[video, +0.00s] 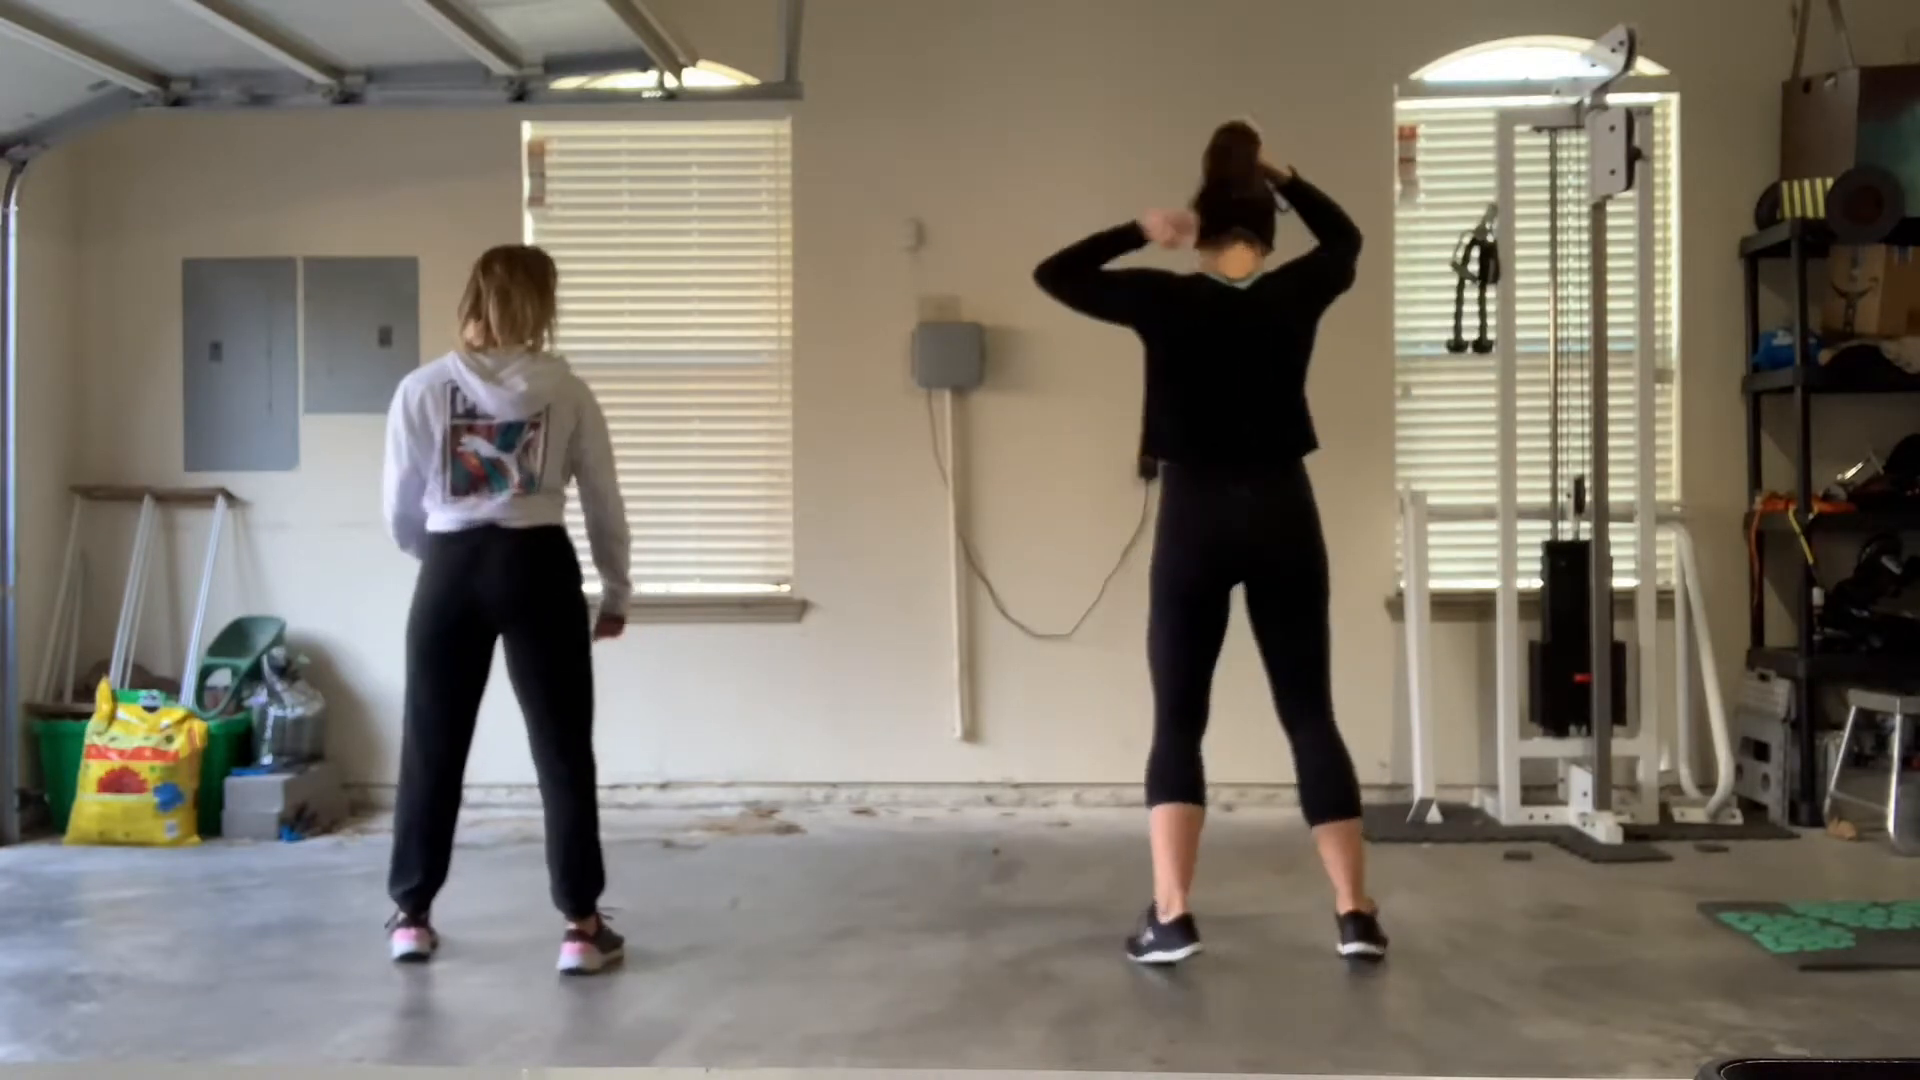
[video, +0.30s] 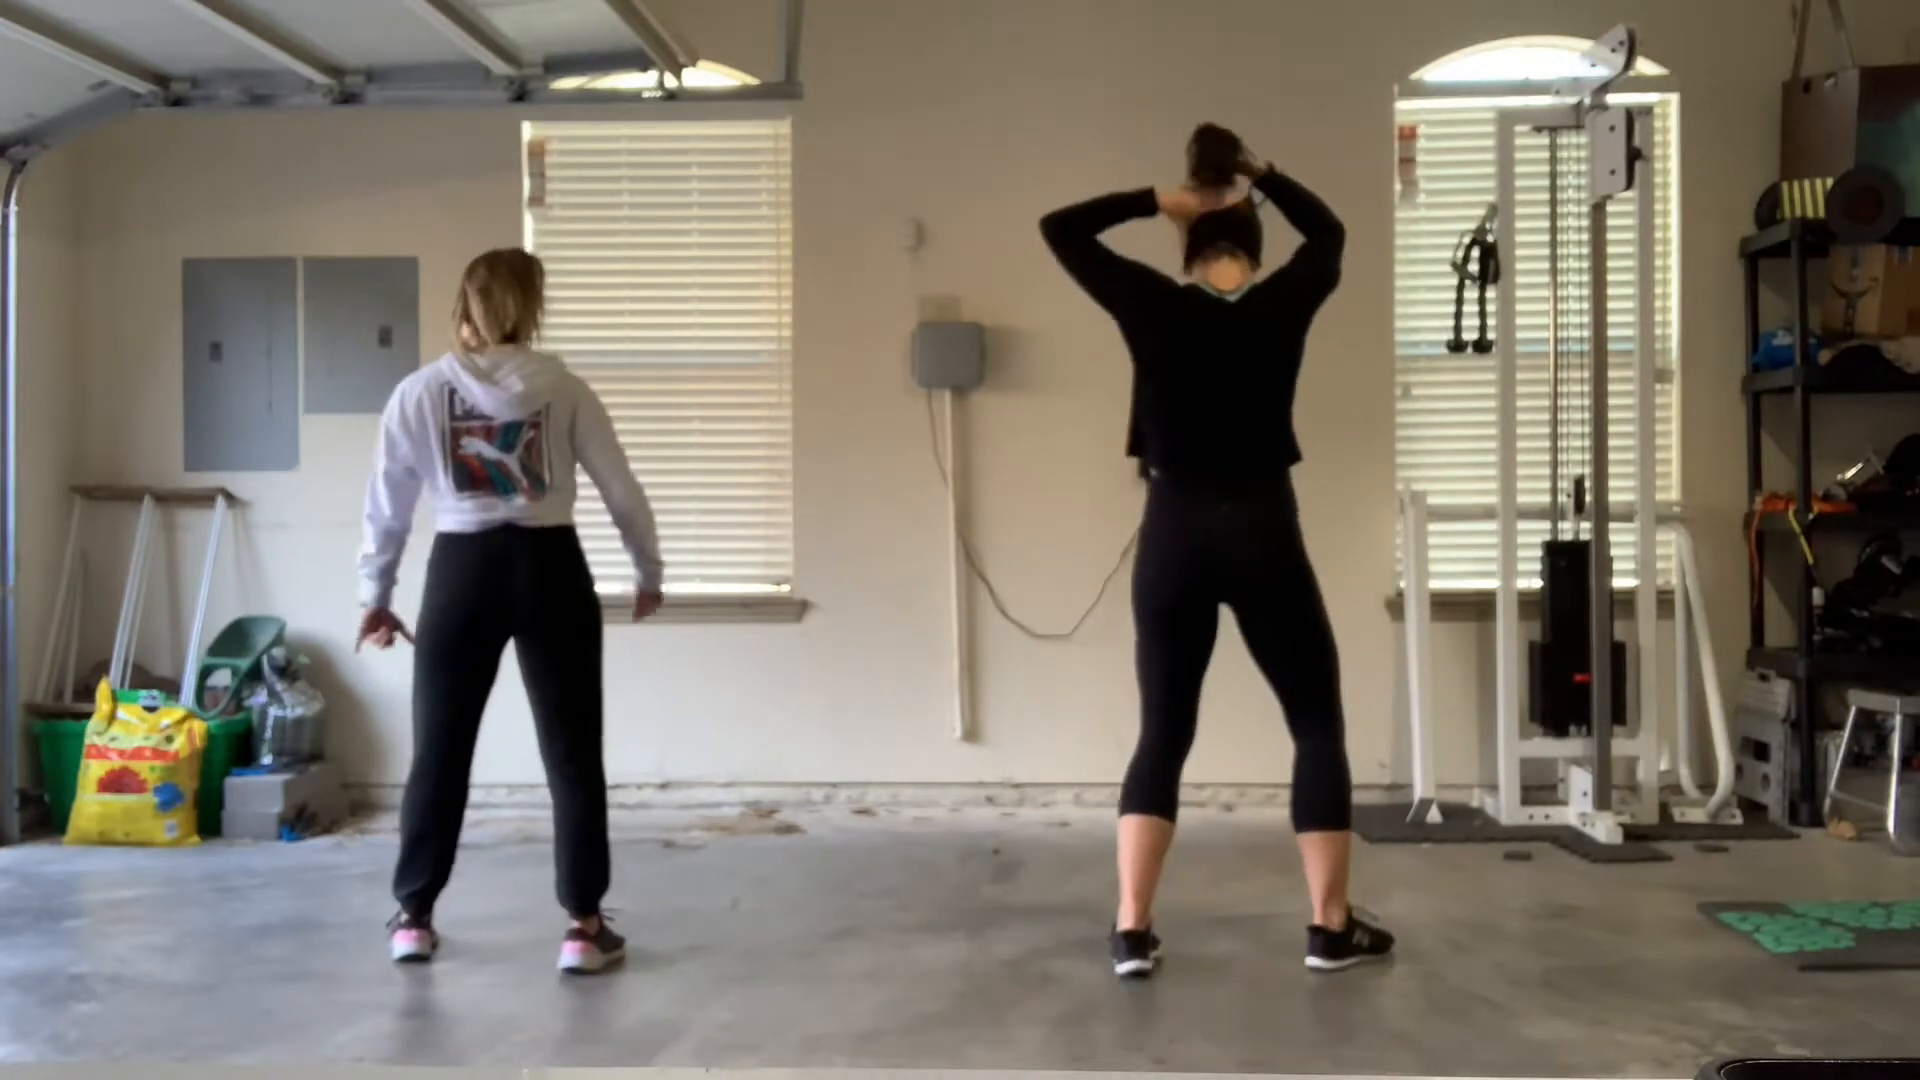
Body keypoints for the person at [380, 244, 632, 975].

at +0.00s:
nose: (551, 312)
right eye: (548, 300)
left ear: (472, 301)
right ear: (542, 305)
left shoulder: (421, 390)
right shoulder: (567, 389)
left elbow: (403, 516)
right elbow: (603, 503)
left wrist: (446, 556)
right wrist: (616, 589)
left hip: (451, 574)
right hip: (542, 572)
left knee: (431, 750)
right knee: (564, 753)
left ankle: (411, 918)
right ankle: (581, 927)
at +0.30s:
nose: (539, 315)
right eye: (536, 304)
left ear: (464, 309)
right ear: (534, 309)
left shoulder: (421, 392)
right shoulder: (564, 387)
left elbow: (389, 500)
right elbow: (619, 486)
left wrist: (376, 593)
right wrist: (649, 570)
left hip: (462, 580)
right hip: (555, 577)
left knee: (438, 753)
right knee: (574, 755)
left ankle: (414, 918)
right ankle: (583, 925)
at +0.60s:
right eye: (523, 322)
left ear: (459, 331)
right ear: (528, 331)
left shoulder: (423, 391)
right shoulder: (561, 385)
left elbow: (365, 487)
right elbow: (633, 470)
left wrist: (309, 570)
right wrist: (684, 548)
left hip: (441, 575)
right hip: (533, 573)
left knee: (426, 749)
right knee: (555, 752)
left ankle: (412, 920)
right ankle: (578, 926)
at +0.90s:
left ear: (458, 361)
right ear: (525, 360)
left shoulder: (416, 408)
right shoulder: (557, 397)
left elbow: (331, 493)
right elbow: (595, 480)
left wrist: (253, 560)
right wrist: (609, 567)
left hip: (483, 579)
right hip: (573, 571)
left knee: (456, 749)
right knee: (588, 757)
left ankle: (415, 918)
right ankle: (586, 926)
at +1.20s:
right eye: (525, 364)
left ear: (464, 364)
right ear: (529, 363)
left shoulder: (418, 408)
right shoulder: (553, 395)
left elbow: (340, 492)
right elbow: (608, 459)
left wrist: (265, 561)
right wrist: (662, 533)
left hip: (477, 580)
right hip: (568, 574)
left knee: (453, 749)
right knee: (584, 753)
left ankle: (414, 919)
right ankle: (586, 925)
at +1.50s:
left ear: (479, 365)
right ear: (541, 368)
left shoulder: (429, 401)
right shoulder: (564, 401)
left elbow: (381, 477)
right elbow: (632, 450)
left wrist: (342, 562)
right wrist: (711, 498)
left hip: (413, 577)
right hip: (498, 577)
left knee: (406, 757)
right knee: (548, 758)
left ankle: (409, 921)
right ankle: (581, 926)